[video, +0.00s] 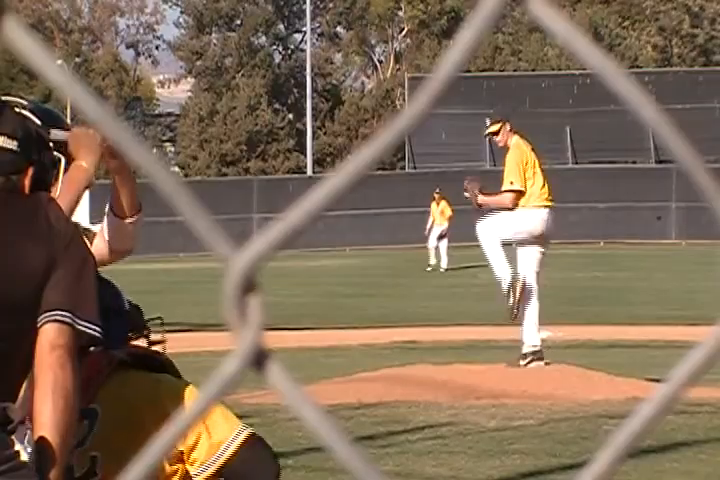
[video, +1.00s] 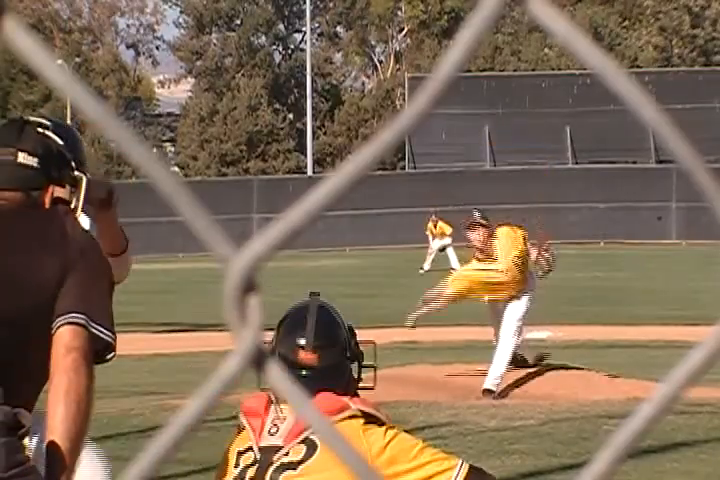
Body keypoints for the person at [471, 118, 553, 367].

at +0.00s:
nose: (494, 139)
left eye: (496, 133)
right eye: (492, 136)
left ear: (508, 128)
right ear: (501, 133)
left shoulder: (516, 150)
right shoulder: (520, 148)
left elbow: (509, 199)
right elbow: (512, 196)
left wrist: (480, 199)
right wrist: (483, 199)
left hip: (531, 214)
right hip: (538, 213)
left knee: (484, 228)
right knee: (528, 282)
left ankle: (508, 282)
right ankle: (531, 346)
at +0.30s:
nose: (477, 165)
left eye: (478, 159)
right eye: (474, 162)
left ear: (488, 152)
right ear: (486, 155)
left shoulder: (497, 167)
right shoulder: (505, 167)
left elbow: (493, 212)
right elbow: (504, 216)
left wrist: (472, 238)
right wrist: (485, 241)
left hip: (536, 217)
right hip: (547, 215)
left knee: (498, 252)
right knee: (530, 280)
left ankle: (544, 266)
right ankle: (533, 346)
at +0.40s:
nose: (470, 185)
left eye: (471, 178)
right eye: (467, 182)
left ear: (482, 170)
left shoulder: (491, 183)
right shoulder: (498, 181)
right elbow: (512, 233)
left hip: (540, 219)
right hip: (546, 218)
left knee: (509, 268)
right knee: (532, 284)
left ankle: (542, 307)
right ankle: (532, 348)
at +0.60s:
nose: (463, 224)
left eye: (462, 218)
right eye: (460, 221)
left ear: (470, 209)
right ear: (471, 209)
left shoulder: (481, 214)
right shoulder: (486, 213)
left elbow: (488, 243)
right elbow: (508, 249)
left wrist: (483, 263)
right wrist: (494, 260)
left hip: (540, 230)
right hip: (536, 232)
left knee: (517, 287)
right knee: (510, 290)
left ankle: (506, 346)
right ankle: (528, 347)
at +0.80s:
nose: (458, 240)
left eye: (458, 234)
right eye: (455, 237)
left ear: (466, 226)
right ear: (463, 228)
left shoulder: (477, 240)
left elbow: (486, 207)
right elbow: (478, 184)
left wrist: (509, 190)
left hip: (535, 267)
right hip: (530, 268)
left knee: (513, 306)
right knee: (512, 307)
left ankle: (497, 364)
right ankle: (527, 352)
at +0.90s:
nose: (455, 233)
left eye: (458, 227)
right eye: (451, 230)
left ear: (467, 223)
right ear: (450, 233)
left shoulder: (487, 227)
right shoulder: (464, 251)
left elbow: (510, 213)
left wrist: (534, 212)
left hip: (529, 288)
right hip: (506, 300)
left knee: (509, 326)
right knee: (509, 332)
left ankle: (491, 384)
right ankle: (524, 350)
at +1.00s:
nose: (473, 235)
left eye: (477, 229)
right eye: (470, 231)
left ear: (487, 230)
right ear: (467, 236)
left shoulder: (505, 236)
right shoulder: (475, 262)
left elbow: (525, 247)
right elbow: (457, 281)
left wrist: (539, 255)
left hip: (520, 291)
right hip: (495, 293)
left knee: (509, 331)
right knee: (499, 330)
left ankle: (491, 384)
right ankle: (513, 356)